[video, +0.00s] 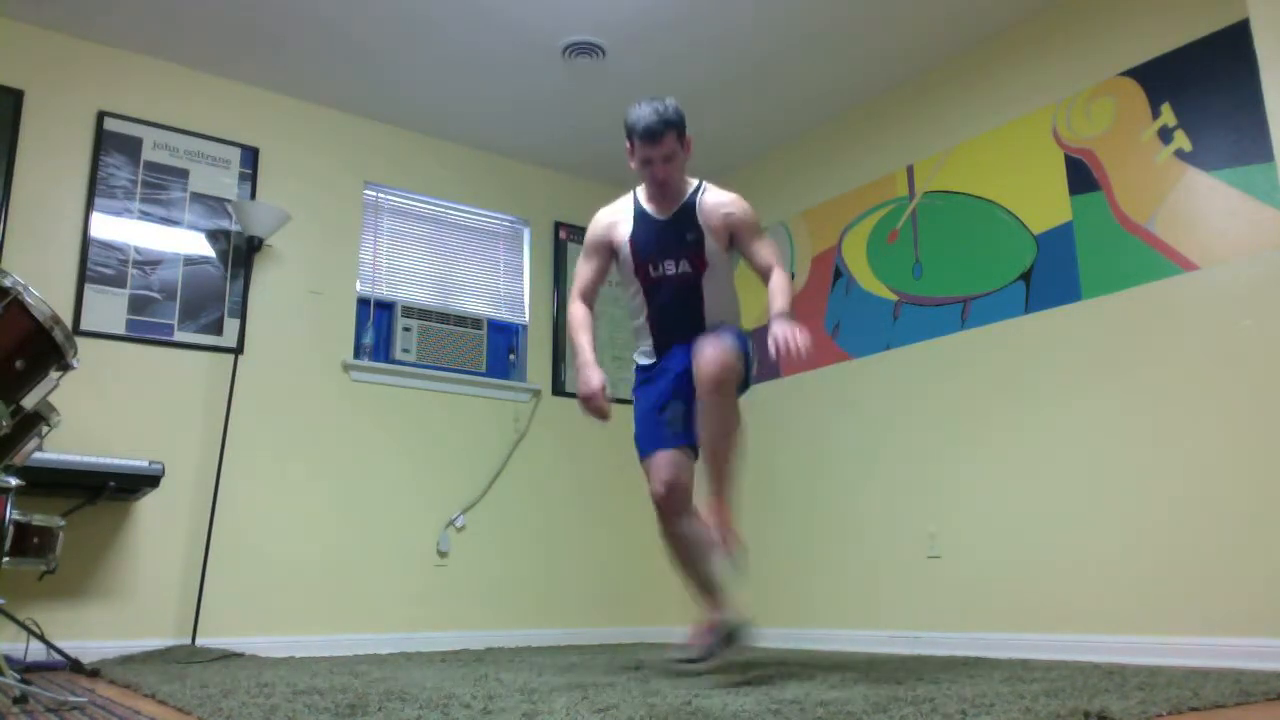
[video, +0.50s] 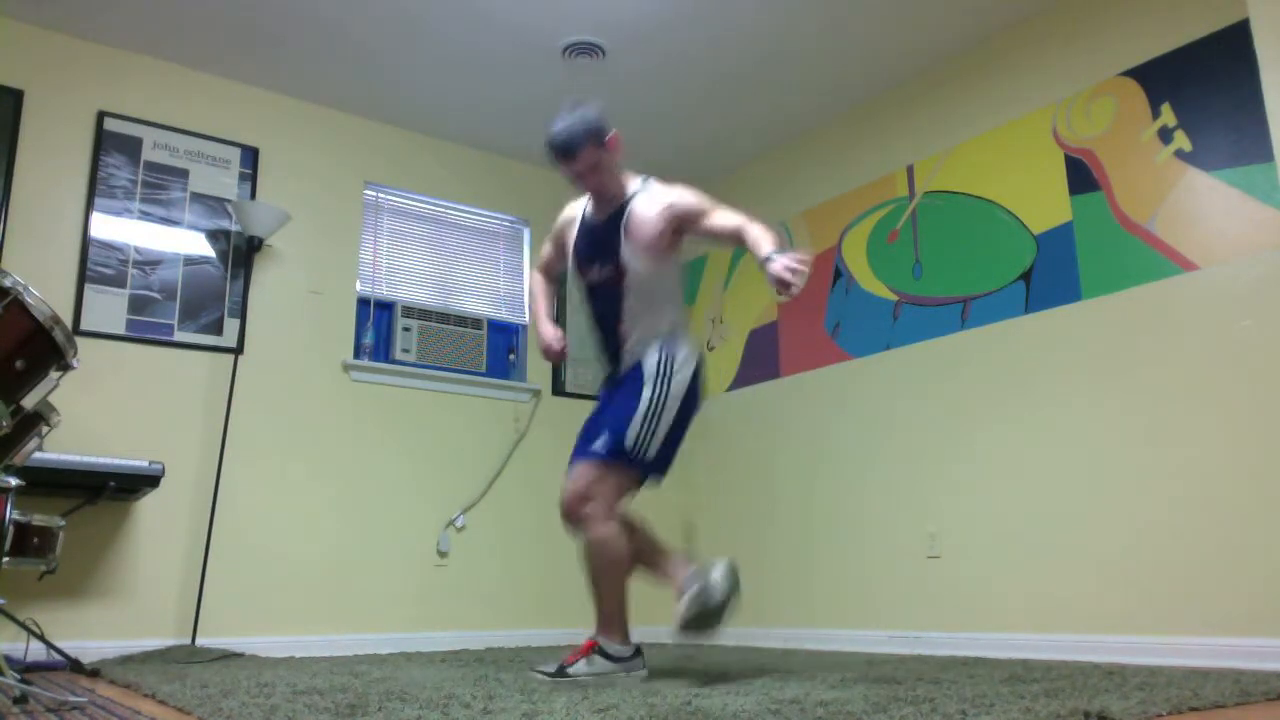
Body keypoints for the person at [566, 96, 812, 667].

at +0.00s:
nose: (658, 173)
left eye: (668, 159)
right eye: (646, 161)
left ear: (686, 150)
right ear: (630, 157)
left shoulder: (723, 209)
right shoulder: (610, 223)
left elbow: (774, 268)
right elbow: (579, 300)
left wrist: (779, 316)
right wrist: (587, 366)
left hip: (720, 346)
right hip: (658, 365)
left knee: (712, 359)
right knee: (666, 491)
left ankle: (717, 509)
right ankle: (717, 612)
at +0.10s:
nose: (657, 180)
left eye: (665, 166)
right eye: (646, 169)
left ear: (684, 157)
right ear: (629, 167)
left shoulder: (722, 217)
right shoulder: (613, 231)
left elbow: (779, 271)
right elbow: (582, 306)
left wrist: (785, 302)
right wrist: (586, 357)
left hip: (716, 372)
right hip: (655, 384)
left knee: (720, 468)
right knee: (679, 513)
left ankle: (775, 610)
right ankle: (752, 624)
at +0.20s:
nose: (646, 188)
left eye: (654, 174)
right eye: (635, 178)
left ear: (675, 164)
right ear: (621, 176)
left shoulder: (714, 226)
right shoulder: (613, 244)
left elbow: (781, 274)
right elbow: (587, 313)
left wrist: (800, 306)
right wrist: (583, 351)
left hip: (710, 383)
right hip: (654, 398)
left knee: (679, 485)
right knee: (684, 524)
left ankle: (769, 620)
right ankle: (761, 632)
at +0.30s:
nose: (627, 165)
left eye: (634, 150)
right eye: (615, 156)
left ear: (655, 139)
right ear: (603, 156)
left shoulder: (696, 199)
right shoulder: (598, 214)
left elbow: (768, 244)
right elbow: (576, 285)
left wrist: (805, 284)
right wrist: (574, 326)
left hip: (700, 348)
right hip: (652, 359)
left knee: (640, 453)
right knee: (662, 489)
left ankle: (723, 595)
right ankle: (743, 609)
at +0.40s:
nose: (601, 161)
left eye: (607, 145)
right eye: (590, 151)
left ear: (632, 130)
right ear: (580, 149)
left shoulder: (677, 187)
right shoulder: (579, 206)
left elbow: (756, 223)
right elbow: (549, 267)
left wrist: (786, 263)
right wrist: (556, 315)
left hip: (686, 334)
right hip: (642, 349)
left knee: (626, 467)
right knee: (607, 483)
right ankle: (716, 577)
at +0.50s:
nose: (584, 179)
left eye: (589, 164)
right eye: (572, 170)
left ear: (614, 146)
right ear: (563, 170)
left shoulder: (661, 203)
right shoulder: (573, 219)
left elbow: (744, 225)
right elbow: (543, 272)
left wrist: (771, 256)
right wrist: (544, 323)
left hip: (664, 366)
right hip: (626, 374)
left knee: (592, 498)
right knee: (579, 506)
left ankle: (614, 646)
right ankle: (695, 579)